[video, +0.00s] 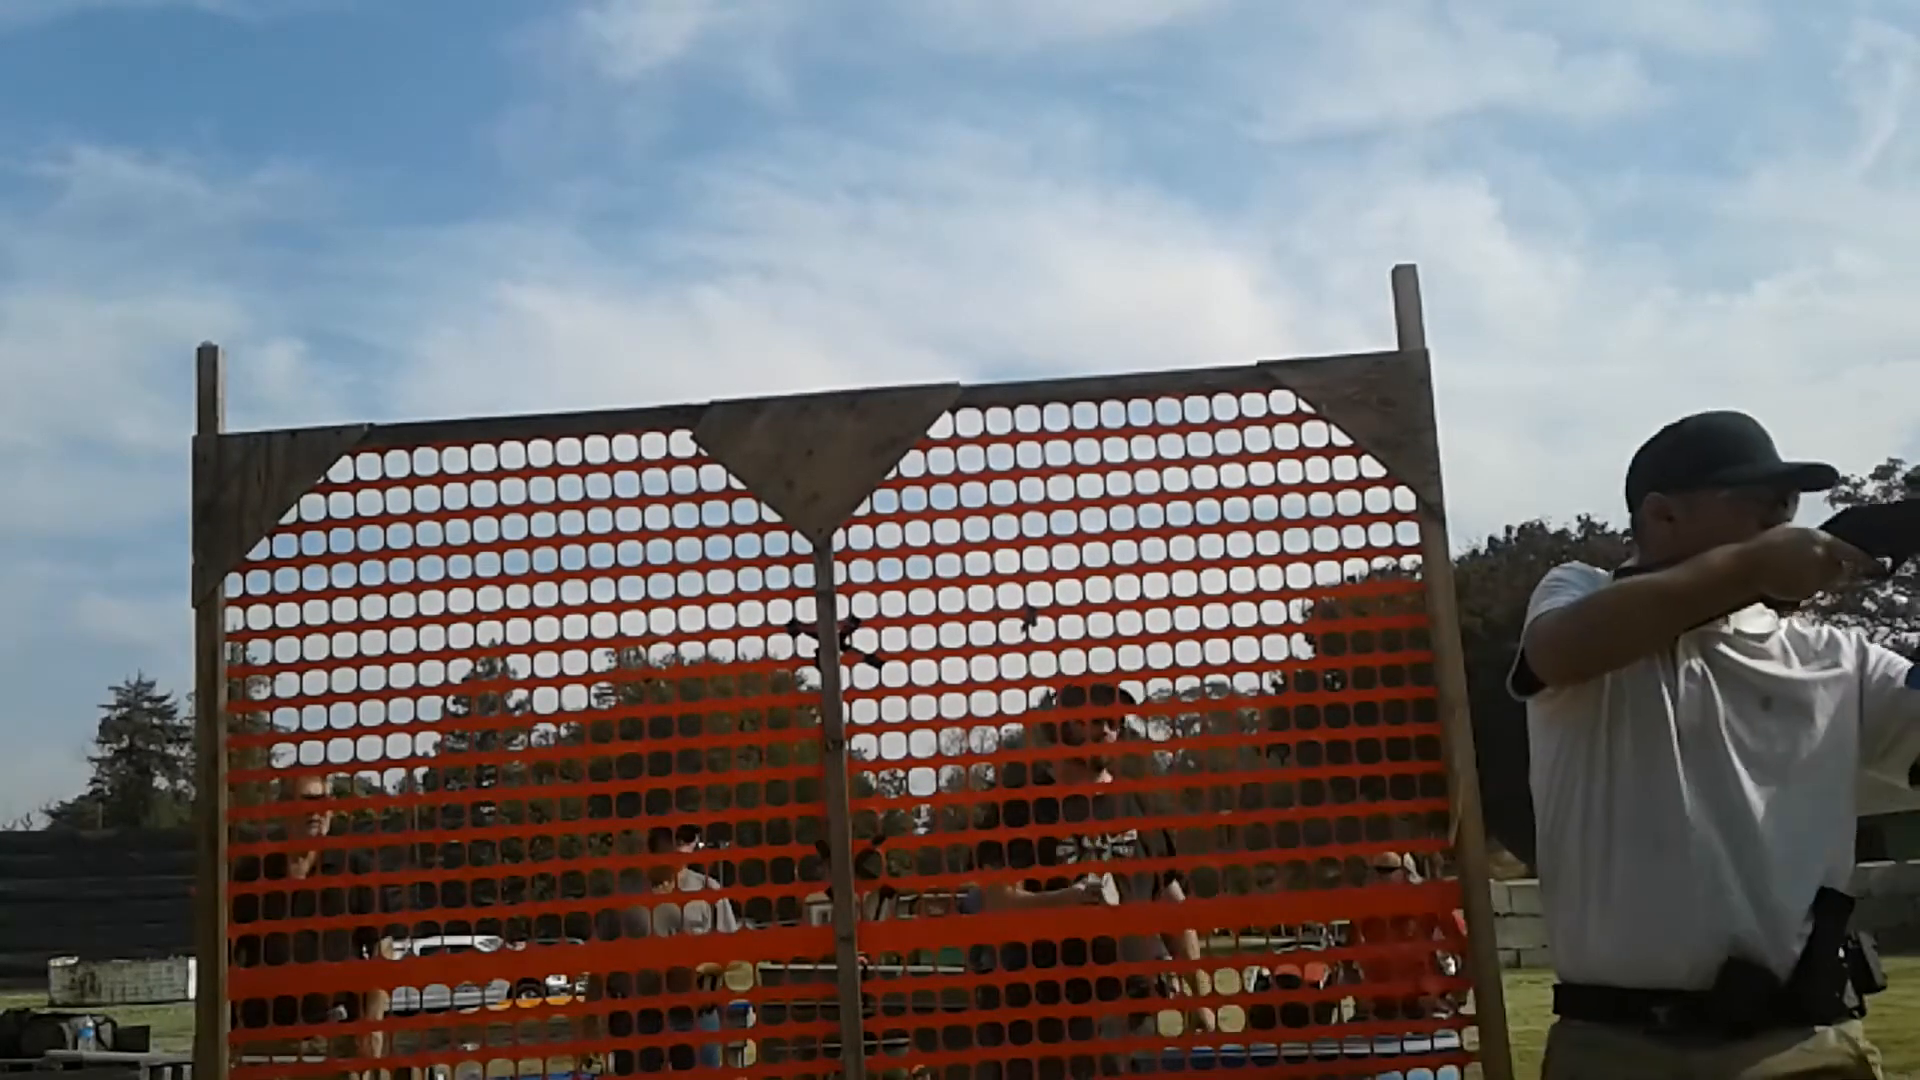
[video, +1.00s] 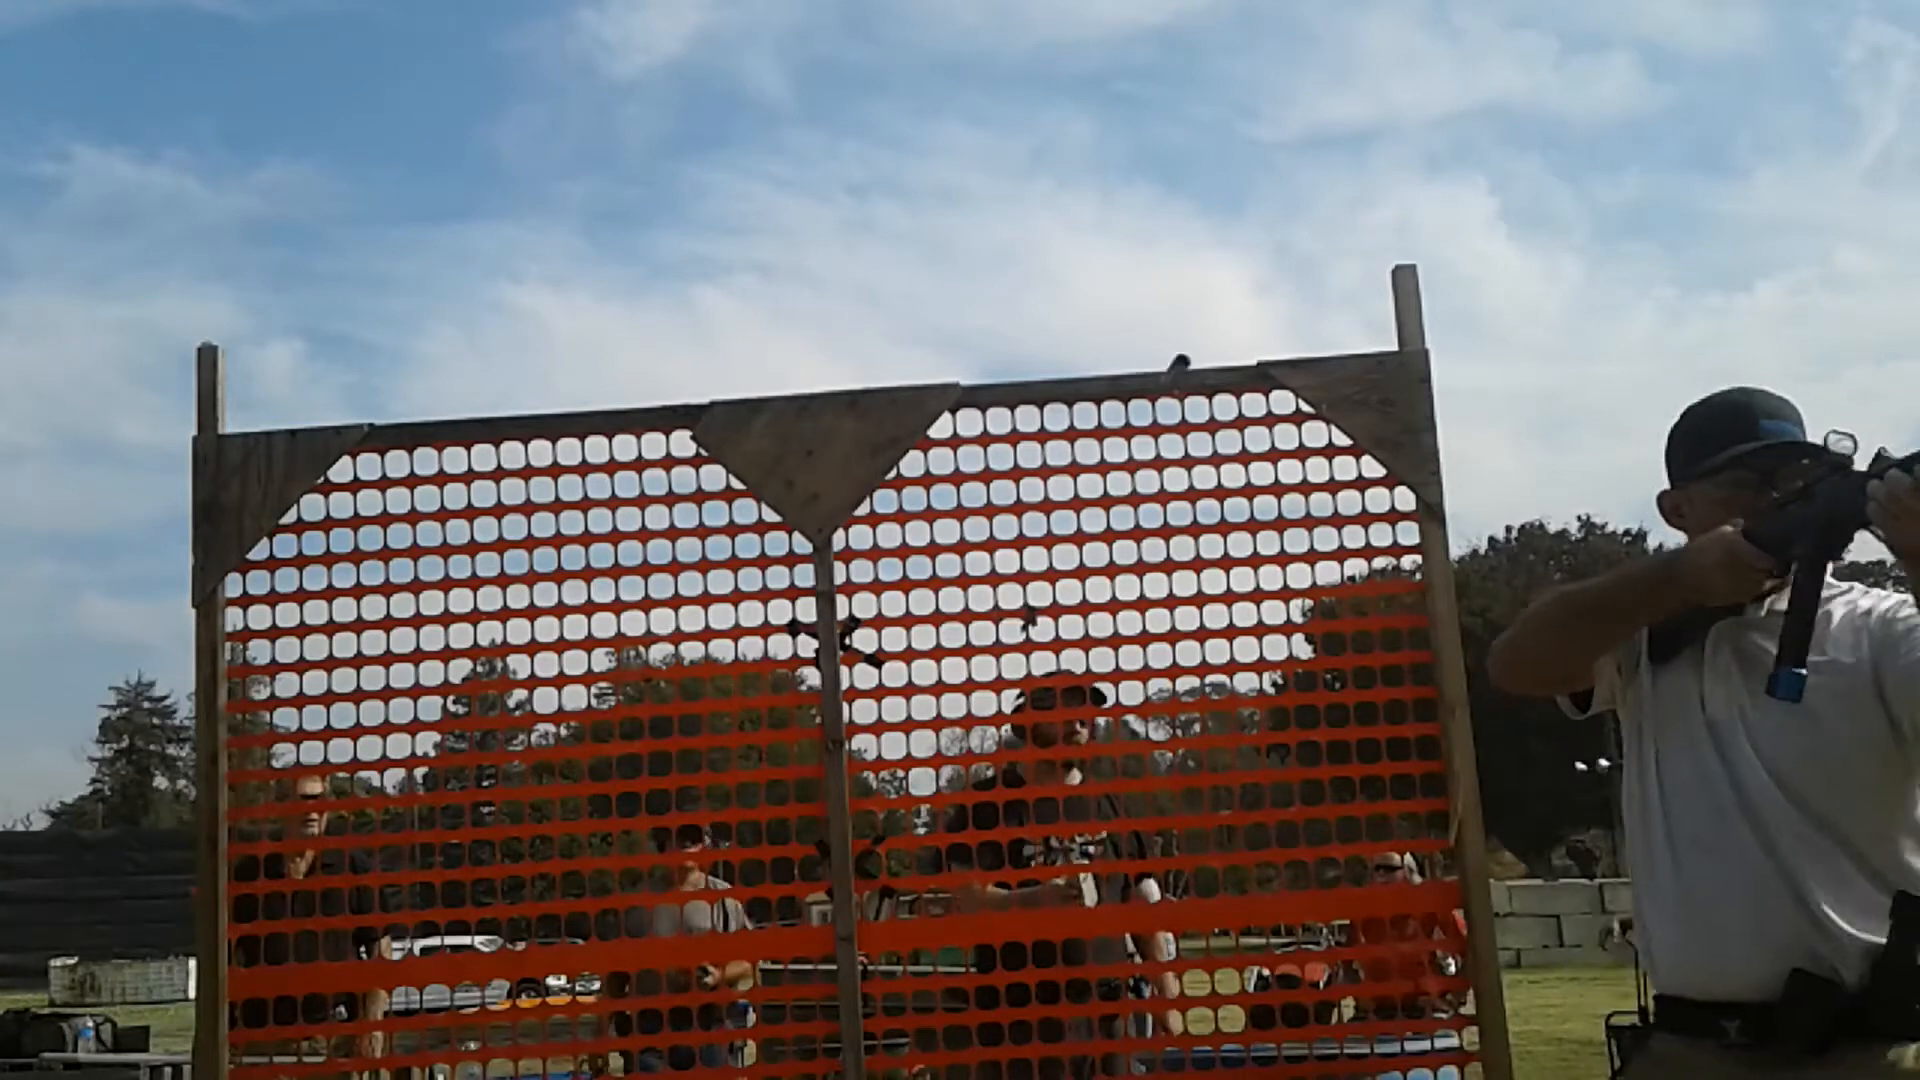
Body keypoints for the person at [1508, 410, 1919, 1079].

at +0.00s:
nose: (1783, 527)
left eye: (1787, 507)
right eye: (1757, 503)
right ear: (1662, 515)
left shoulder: (1835, 657)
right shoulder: (1582, 596)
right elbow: (1557, 653)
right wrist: (1750, 568)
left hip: (1799, 1039)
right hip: (1614, 1042)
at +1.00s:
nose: (1773, 504)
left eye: (1791, 478)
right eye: (1745, 479)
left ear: (1816, 487)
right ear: (1678, 508)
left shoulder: (1879, 625)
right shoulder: (1643, 644)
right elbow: (1513, 665)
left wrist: (1915, 558)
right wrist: (1682, 577)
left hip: (1862, 1043)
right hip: (1684, 1044)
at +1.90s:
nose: (1842, 439)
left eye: (1861, 405)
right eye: (1806, 418)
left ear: (1890, 406)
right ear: (1747, 451)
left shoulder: (1915, 530)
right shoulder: (1746, 579)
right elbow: (1589, 637)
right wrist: (1743, 527)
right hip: (1814, 1036)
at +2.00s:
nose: (1805, 436)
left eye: (1827, 406)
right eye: (1774, 415)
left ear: (1875, 416)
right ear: (1731, 453)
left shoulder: (1912, 548)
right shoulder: (1735, 586)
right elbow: (1578, 662)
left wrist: (1913, 492)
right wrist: (1727, 543)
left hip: (1910, 1034)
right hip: (1796, 1036)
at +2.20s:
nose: (1701, 449)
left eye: (1722, 422)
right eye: (1667, 430)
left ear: (1769, 444)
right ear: (1618, 473)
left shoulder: (1862, 580)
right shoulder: (1622, 617)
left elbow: (1912, 780)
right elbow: (1478, 729)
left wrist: (1771, 644)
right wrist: (1580, 624)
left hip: (1885, 1035)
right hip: (1716, 1043)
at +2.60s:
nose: (1376, 505)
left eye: (1390, 478)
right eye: (1339, 483)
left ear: (1419, 497)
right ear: (1268, 516)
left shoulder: (1514, 623)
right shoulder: (1254, 643)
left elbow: (1702, 767)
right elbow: (1137, 748)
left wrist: (1656, 602)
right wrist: (1311, 616)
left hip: (1561, 1040)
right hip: (1378, 1055)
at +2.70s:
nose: (1324, 503)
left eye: (1337, 475)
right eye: (1289, 482)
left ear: (1366, 487)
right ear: (1217, 517)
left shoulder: (1464, 624)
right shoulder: (1194, 634)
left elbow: (1654, 760)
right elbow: (1080, 738)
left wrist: (1621, 590)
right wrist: (1262, 604)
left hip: (1477, 1050)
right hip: (1291, 1058)